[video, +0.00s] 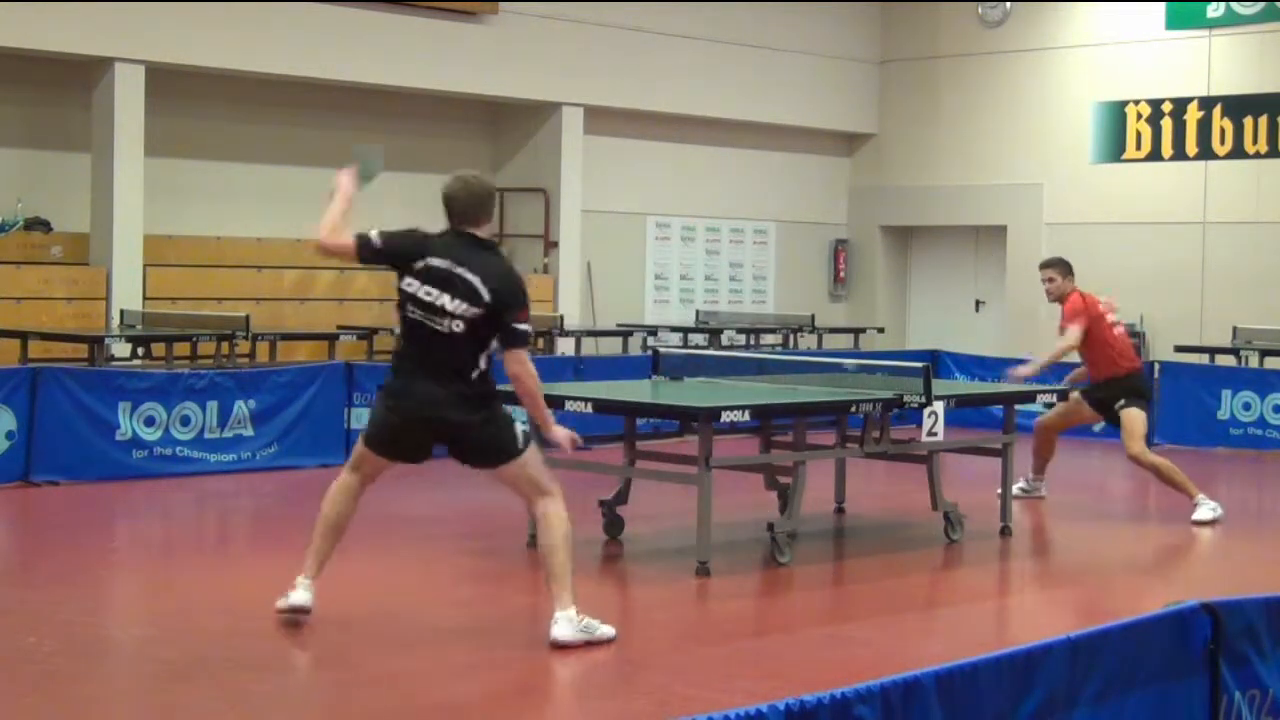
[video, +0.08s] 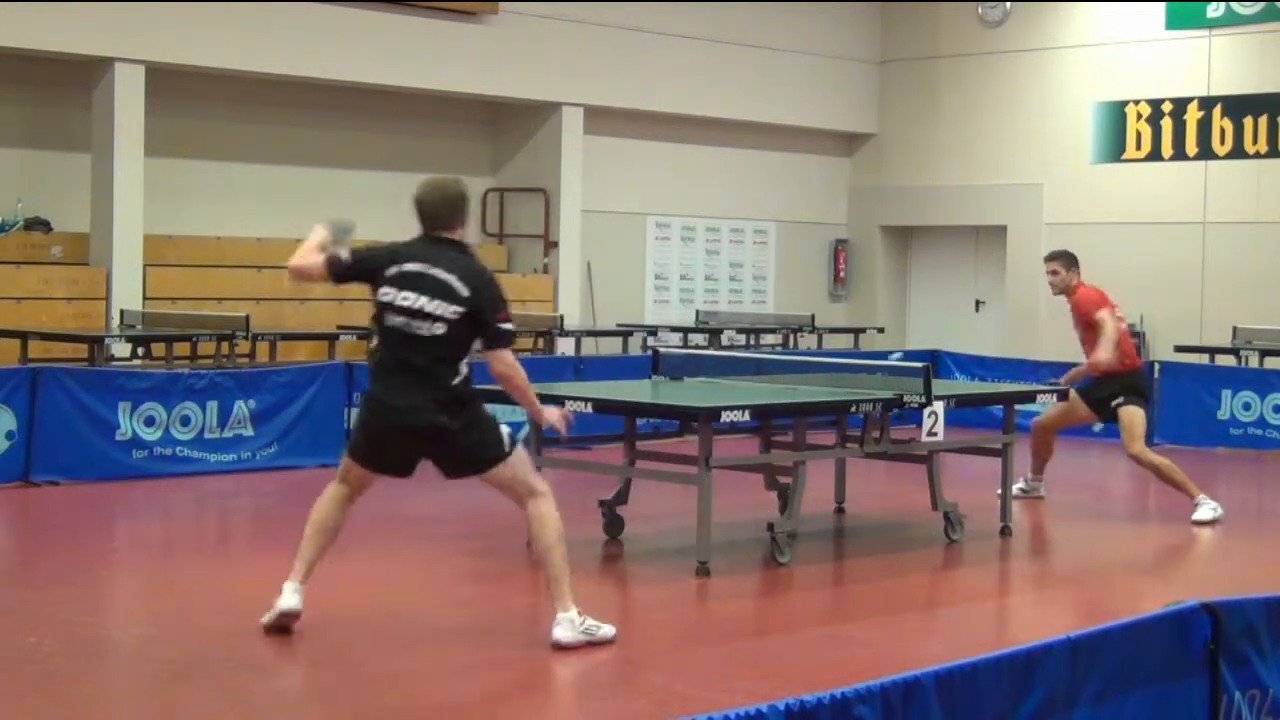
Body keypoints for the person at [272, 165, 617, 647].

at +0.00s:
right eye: (493, 209)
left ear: (448, 212)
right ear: (494, 214)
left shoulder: (417, 246)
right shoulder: (505, 279)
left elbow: (330, 242)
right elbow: (518, 366)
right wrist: (549, 425)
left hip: (405, 398)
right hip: (469, 408)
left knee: (355, 476)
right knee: (545, 494)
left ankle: (304, 584)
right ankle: (566, 615)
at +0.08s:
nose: (468, 221)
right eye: (467, 215)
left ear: (420, 217)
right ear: (464, 219)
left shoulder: (391, 259)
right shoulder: (478, 279)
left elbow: (301, 267)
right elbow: (502, 363)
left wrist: (319, 236)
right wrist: (538, 411)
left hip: (385, 409)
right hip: (450, 413)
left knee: (344, 488)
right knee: (535, 494)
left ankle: (293, 590)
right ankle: (567, 615)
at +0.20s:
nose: (420, 221)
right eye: (418, 215)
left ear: (371, 219)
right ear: (414, 219)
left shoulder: (339, 264)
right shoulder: (428, 272)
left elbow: (269, 294)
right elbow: (471, 349)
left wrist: (267, 294)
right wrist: (516, 386)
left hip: (342, 405)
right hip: (407, 407)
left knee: (314, 491)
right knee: (486, 500)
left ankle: (287, 606)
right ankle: (556, 612)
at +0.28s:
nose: (400, 209)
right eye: (398, 204)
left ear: (348, 211)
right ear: (392, 209)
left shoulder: (316, 253)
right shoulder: (408, 260)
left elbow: (249, 304)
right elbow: (461, 336)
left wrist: (284, 323)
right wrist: (500, 378)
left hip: (308, 390)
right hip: (370, 390)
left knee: (292, 482)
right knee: (455, 491)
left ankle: (282, 605)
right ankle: (505, 606)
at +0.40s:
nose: (373, 208)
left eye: (368, 202)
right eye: (370, 203)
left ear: (319, 209)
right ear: (364, 207)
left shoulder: (286, 248)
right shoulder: (383, 255)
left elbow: (225, 320)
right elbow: (438, 333)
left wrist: (250, 352)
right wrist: (462, 381)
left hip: (274, 373)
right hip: (340, 378)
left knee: (244, 468)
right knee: (410, 487)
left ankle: (216, 588)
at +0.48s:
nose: (352, 223)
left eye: (348, 216)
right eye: (350, 217)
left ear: (299, 224)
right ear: (343, 222)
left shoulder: (265, 263)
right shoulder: (363, 270)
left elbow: (210, 340)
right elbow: (413, 352)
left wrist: (235, 369)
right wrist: (428, 401)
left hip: (250, 391)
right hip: (315, 399)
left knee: (217, 487)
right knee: (374, 514)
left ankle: (141, 587)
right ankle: (345, 638)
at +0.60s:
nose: (329, 252)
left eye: (324, 244)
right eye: (328, 245)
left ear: (274, 248)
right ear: (320, 248)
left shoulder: (237, 283)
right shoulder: (328, 292)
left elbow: (183, 360)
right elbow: (369, 384)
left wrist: (216, 397)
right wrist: (377, 426)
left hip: (205, 402)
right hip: (268, 407)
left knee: (170, 507)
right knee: (346, 514)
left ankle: (96, 616)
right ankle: (342, 643)